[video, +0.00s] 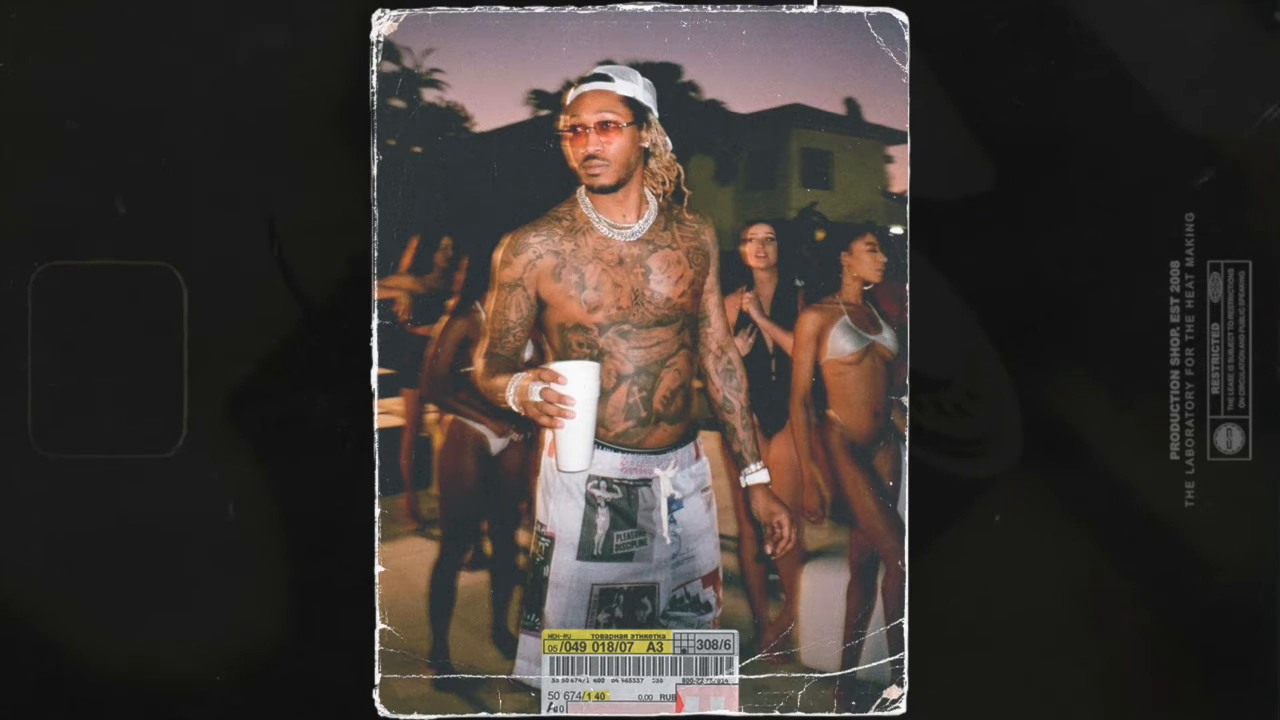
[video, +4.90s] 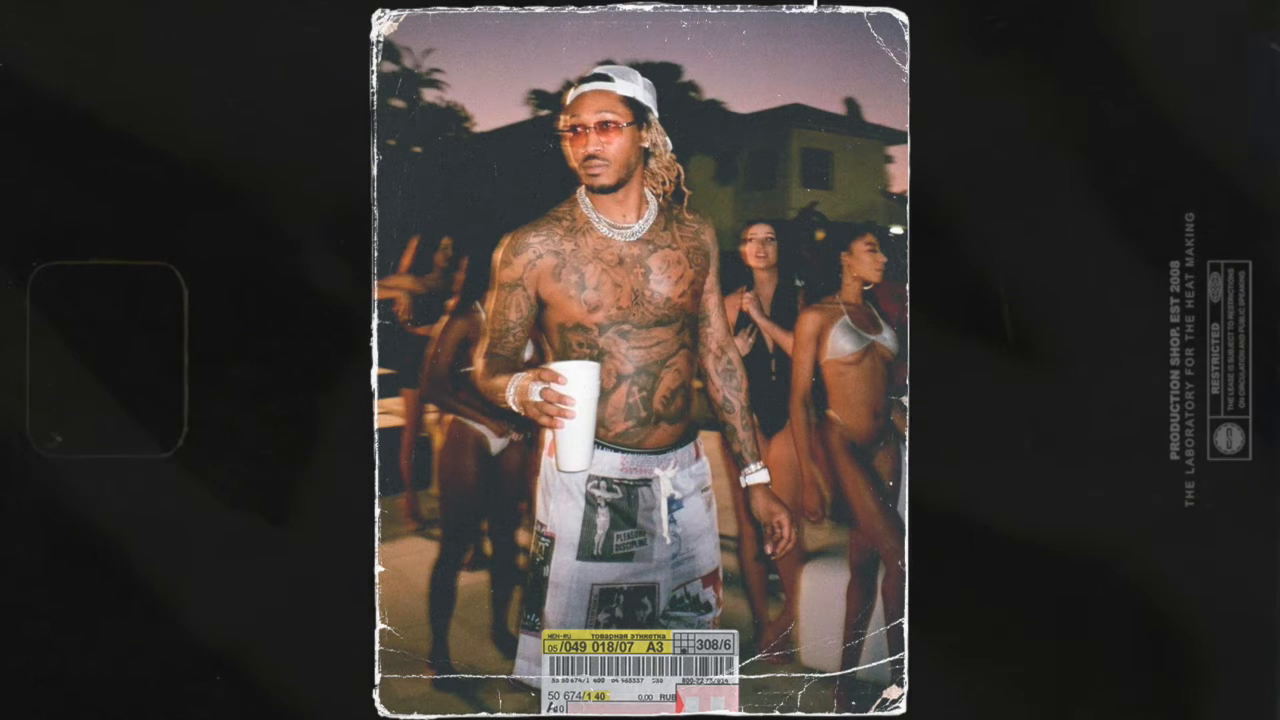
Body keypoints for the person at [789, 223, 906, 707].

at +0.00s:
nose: (882, 259)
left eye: (881, 251)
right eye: (871, 251)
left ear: (870, 261)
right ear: (844, 259)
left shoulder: (877, 315)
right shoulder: (818, 317)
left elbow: (885, 394)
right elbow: (798, 404)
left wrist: (900, 445)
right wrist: (813, 478)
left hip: (880, 448)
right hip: (838, 449)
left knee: (863, 564)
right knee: (898, 552)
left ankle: (846, 673)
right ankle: (903, 670)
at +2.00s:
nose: (882, 259)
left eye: (881, 251)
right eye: (871, 251)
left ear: (872, 262)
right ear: (844, 259)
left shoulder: (877, 315)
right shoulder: (818, 317)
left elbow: (886, 391)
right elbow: (799, 402)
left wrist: (900, 433)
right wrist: (812, 477)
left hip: (883, 447)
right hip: (839, 448)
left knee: (863, 562)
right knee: (897, 552)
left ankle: (846, 672)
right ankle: (902, 670)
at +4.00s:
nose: (882, 259)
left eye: (881, 251)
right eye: (871, 251)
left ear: (870, 262)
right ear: (843, 259)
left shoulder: (877, 315)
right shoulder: (818, 317)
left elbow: (884, 391)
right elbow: (798, 402)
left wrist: (902, 433)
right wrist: (811, 477)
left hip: (882, 447)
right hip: (839, 449)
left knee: (863, 562)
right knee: (898, 551)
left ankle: (846, 673)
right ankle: (904, 669)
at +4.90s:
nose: (882, 259)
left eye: (881, 251)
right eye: (871, 251)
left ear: (871, 262)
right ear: (844, 259)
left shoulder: (877, 316)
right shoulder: (818, 317)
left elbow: (884, 391)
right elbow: (798, 403)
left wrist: (900, 433)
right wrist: (813, 478)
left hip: (882, 448)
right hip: (838, 449)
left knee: (863, 562)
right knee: (898, 553)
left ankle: (846, 673)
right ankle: (903, 671)